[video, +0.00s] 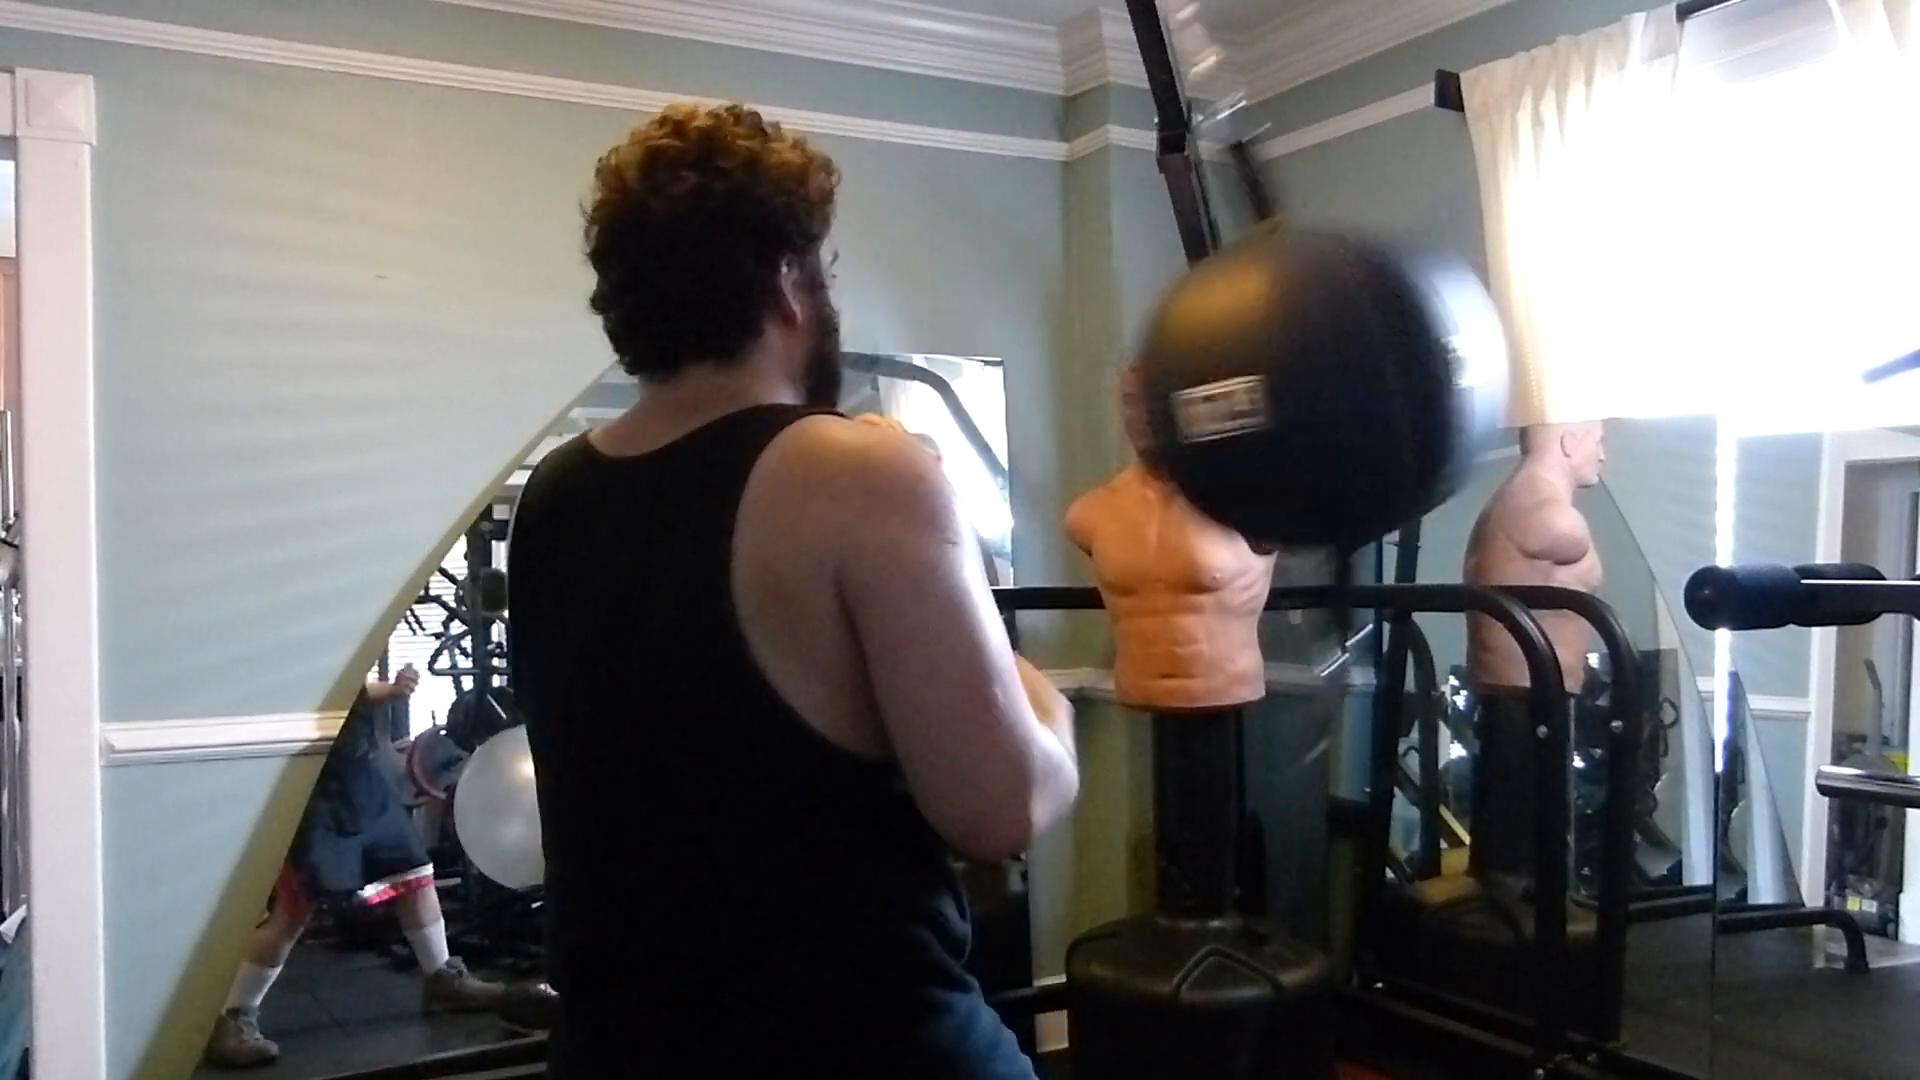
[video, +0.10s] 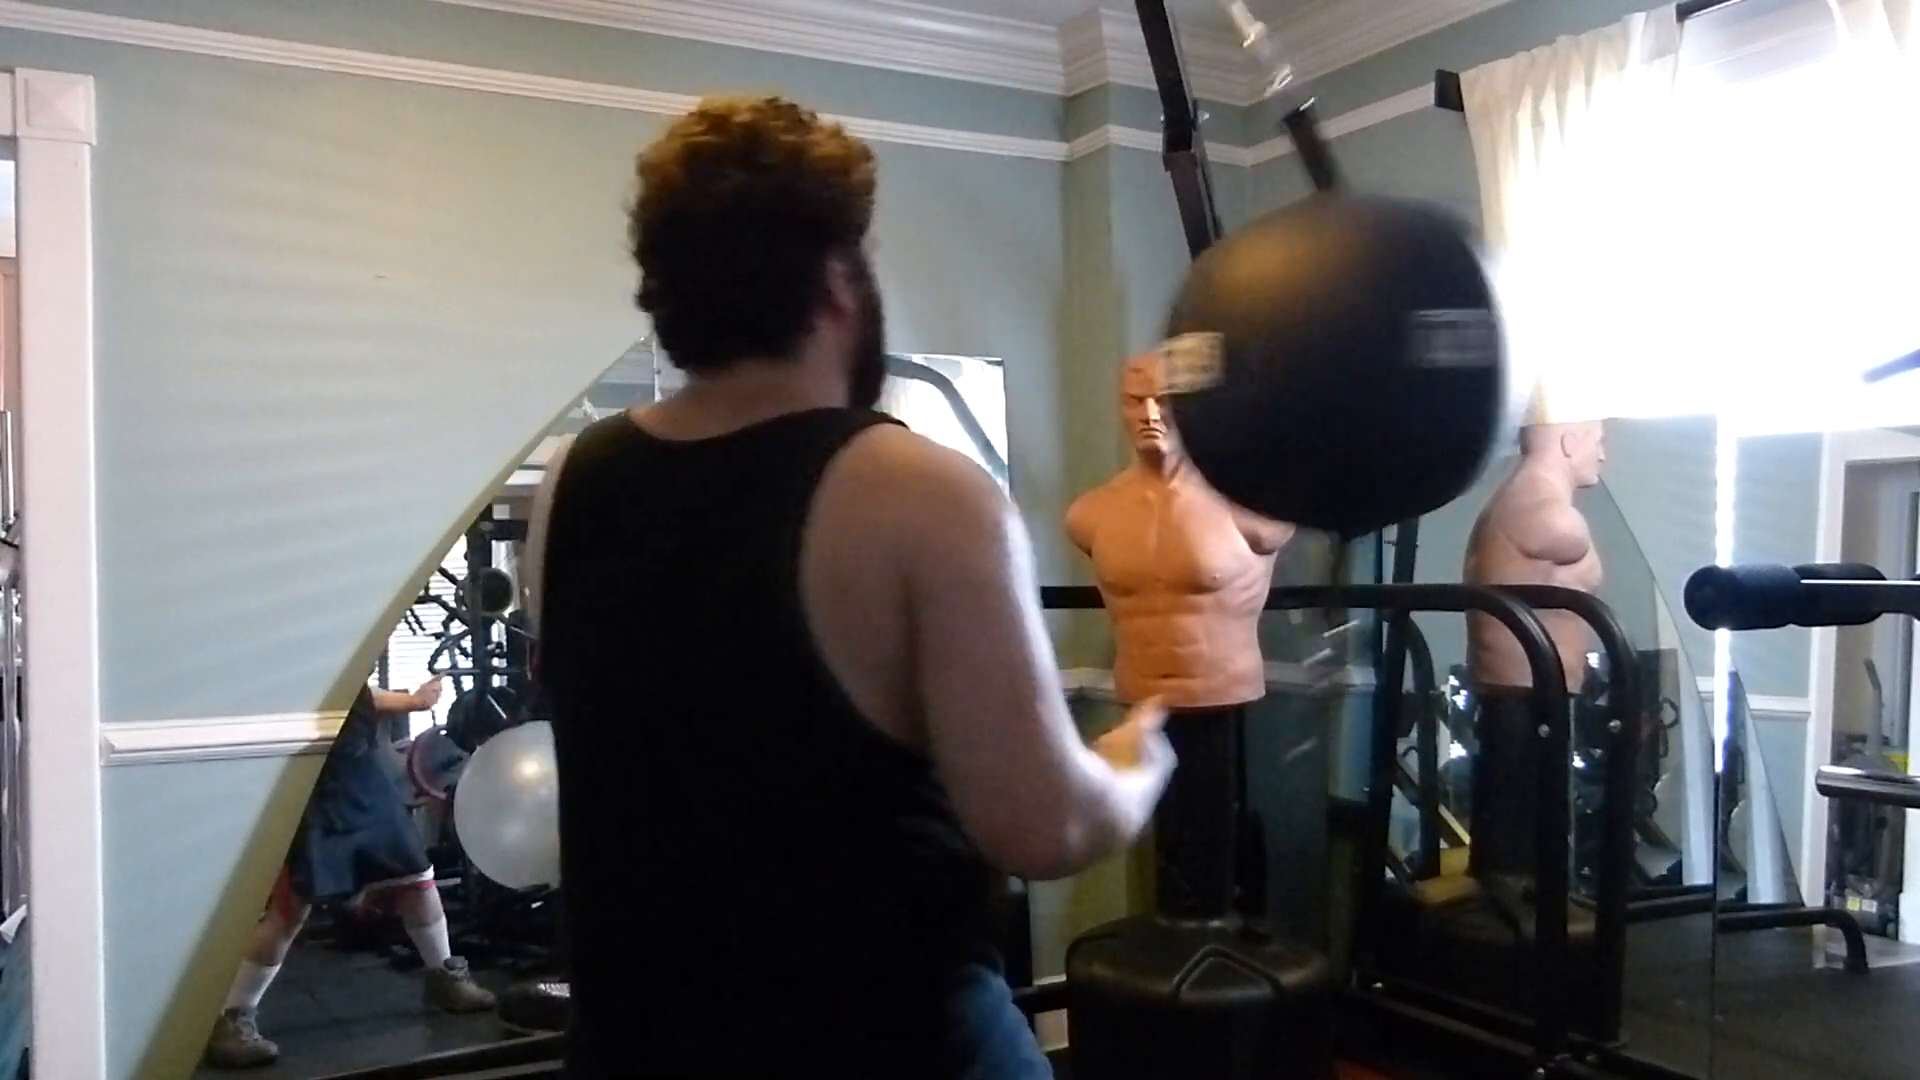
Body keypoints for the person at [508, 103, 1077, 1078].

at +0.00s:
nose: (834, 298)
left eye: (828, 267)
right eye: (824, 268)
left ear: (626, 300)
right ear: (789, 285)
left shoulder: (554, 499)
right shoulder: (865, 472)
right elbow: (997, 813)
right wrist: (1042, 706)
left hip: (625, 1028)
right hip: (868, 1033)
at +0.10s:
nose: (874, 287)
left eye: (868, 260)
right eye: (867, 262)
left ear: (662, 291)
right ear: (836, 282)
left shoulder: (575, 481)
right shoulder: (923, 494)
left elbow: (566, 702)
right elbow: (1036, 831)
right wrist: (1135, 763)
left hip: (641, 1024)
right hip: (895, 1030)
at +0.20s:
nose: (951, 275)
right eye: (943, 247)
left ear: (732, 271)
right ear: (925, 270)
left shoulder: (622, 467)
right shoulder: (1019, 506)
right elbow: (1133, 781)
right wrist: (1207, 623)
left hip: (691, 1019)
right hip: (953, 1029)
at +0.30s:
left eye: (829, 219)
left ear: (837, 255)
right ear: (1039, 256)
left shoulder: (728, 437)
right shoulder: (1128, 494)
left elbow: (664, 612)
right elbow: (1088, 691)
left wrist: (674, 414)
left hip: (780, 1002)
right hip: (1040, 1010)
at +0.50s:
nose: (856, 232)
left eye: (858, 210)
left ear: (874, 232)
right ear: (1070, 227)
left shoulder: (785, 419)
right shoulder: (1155, 444)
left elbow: (674, 628)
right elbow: (1135, 660)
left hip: (859, 1017)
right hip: (1128, 1014)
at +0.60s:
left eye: (796, 213)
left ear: (809, 241)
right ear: (1014, 225)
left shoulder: (742, 448)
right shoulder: (1133, 444)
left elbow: (667, 661)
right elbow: (1162, 591)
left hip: (847, 1024)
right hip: (1113, 1022)